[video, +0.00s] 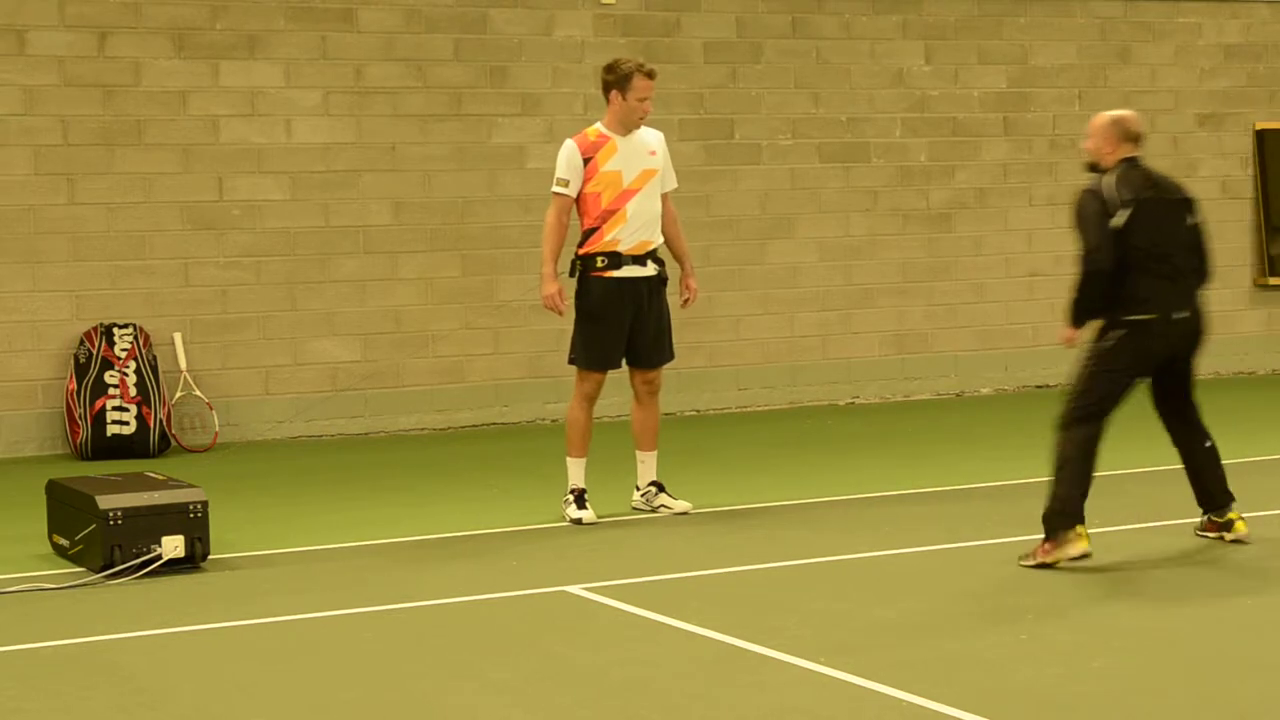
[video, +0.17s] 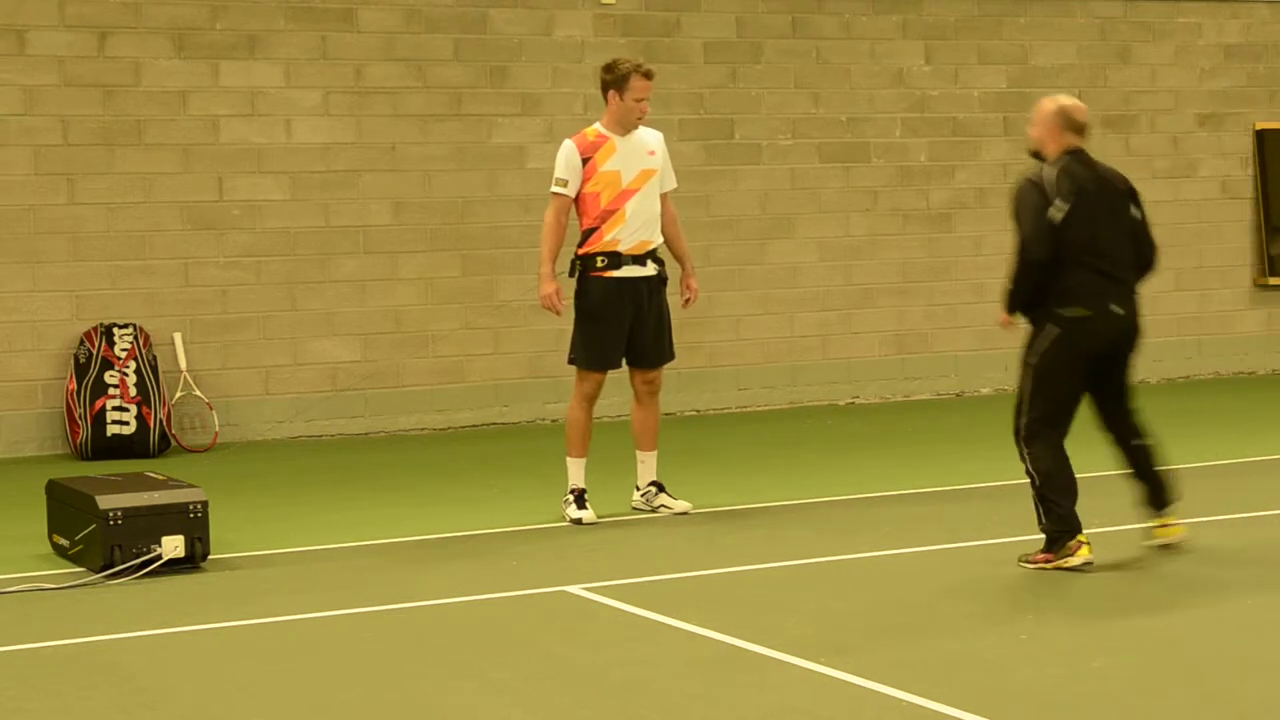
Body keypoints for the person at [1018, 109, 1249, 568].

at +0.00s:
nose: (1085, 147)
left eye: (1091, 139)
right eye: (1087, 138)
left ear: (1113, 144)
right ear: (1129, 145)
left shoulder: (1098, 194)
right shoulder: (1173, 191)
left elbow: (1101, 261)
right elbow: (1198, 264)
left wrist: (1077, 317)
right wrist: (1166, 293)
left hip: (1129, 329)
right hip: (1181, 324)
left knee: (1080, 419)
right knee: (1180, 412)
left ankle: (1063, 531)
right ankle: (1222, 513)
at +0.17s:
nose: (1030, 131)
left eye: (1037, 123)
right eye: (1033, 122)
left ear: (1056, 130)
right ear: (1076, 131)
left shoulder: (1040, 184)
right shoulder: (1117, 182)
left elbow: (1036, 251)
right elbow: (1144, 254)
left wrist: (1015, 303)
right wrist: (1108, 282)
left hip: (1065, 325)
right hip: (1117, 321)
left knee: (1036, 430)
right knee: (1117, 413)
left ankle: (1064, 539)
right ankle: (1162, 509)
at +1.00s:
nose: (919, 199)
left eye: (922, 192)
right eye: (922, 190)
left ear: (934, 195)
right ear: (964, 196)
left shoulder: (907, 242)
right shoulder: (1005, 245)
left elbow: (878, 307)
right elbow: (1044, 316)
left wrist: (864, 357)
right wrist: (1071, 380)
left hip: (940, 371)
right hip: (1006, 375)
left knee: (871, 459)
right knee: (967, 436)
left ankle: (845, 564)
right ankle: (1007, 538)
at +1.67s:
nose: (1104, 137)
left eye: (1110, 129)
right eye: (1107, 128)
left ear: (1133, 134)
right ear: (1153, 135)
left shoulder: (1112, 192)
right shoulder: (1199, 185)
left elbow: (1100, 270)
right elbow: (1222, 259)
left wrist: (1080, 334)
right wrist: (1201, 301)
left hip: (1141, 327)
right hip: (1201, 322)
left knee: (1118, 418)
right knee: (1224, 407)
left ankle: (1136, 524)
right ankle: (1272, 496)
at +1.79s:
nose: (1144, 152)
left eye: (1149, 144)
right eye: (1146, 143)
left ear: (1170, 150)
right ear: (1193, 151)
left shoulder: (1153, 205)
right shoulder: (1241, 200)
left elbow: (1141, 278)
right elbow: (1269, 264)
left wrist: (1130, 331)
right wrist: (1263, 310)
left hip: (1190, 337)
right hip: (1246, 336)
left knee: (1137, 417)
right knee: (1270, 425)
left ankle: (1139, 522)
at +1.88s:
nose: (1160, 155)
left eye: (1166, 148)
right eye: (1162, 147)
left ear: (1186, 155)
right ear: (1205, 156)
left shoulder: (1165, 212)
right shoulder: (1253, 201)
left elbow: (1160, 285)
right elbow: (1273, 267)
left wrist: (1160, 338)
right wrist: (1263, 315)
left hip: (1204, 337)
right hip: (1265, 336)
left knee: (1154, 420)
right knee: (1274, 424)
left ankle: (1141, 522)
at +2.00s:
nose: (1166, 151)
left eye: (1172, 144)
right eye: (1169, 143)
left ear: (1192, 149)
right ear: (1213, 151)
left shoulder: (1174, 205)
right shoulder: (1263, 195)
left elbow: (1166, 282)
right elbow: (1274, 263)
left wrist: (1174, 337)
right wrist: (1264, 313)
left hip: (1209, 332)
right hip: (1269, 332)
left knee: (1154, 419)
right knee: (1273, 422)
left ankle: (1140, 522)